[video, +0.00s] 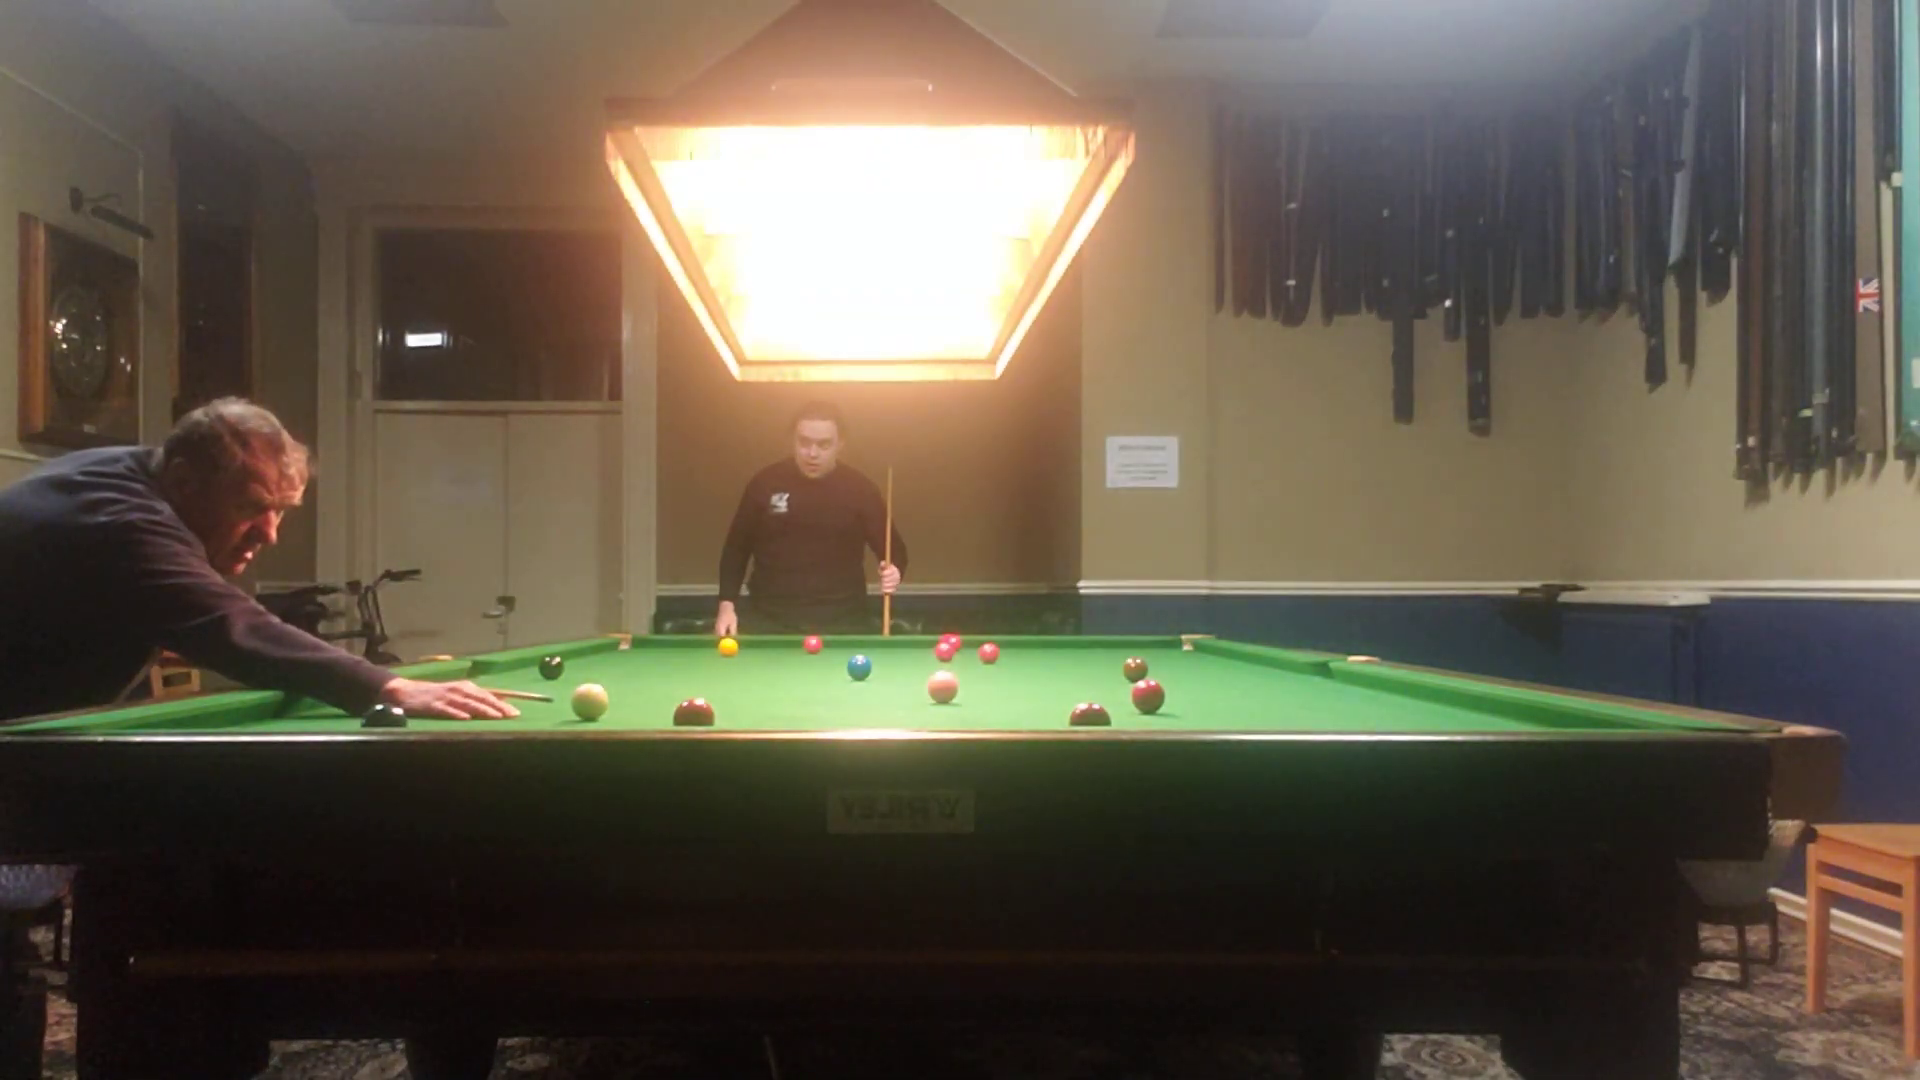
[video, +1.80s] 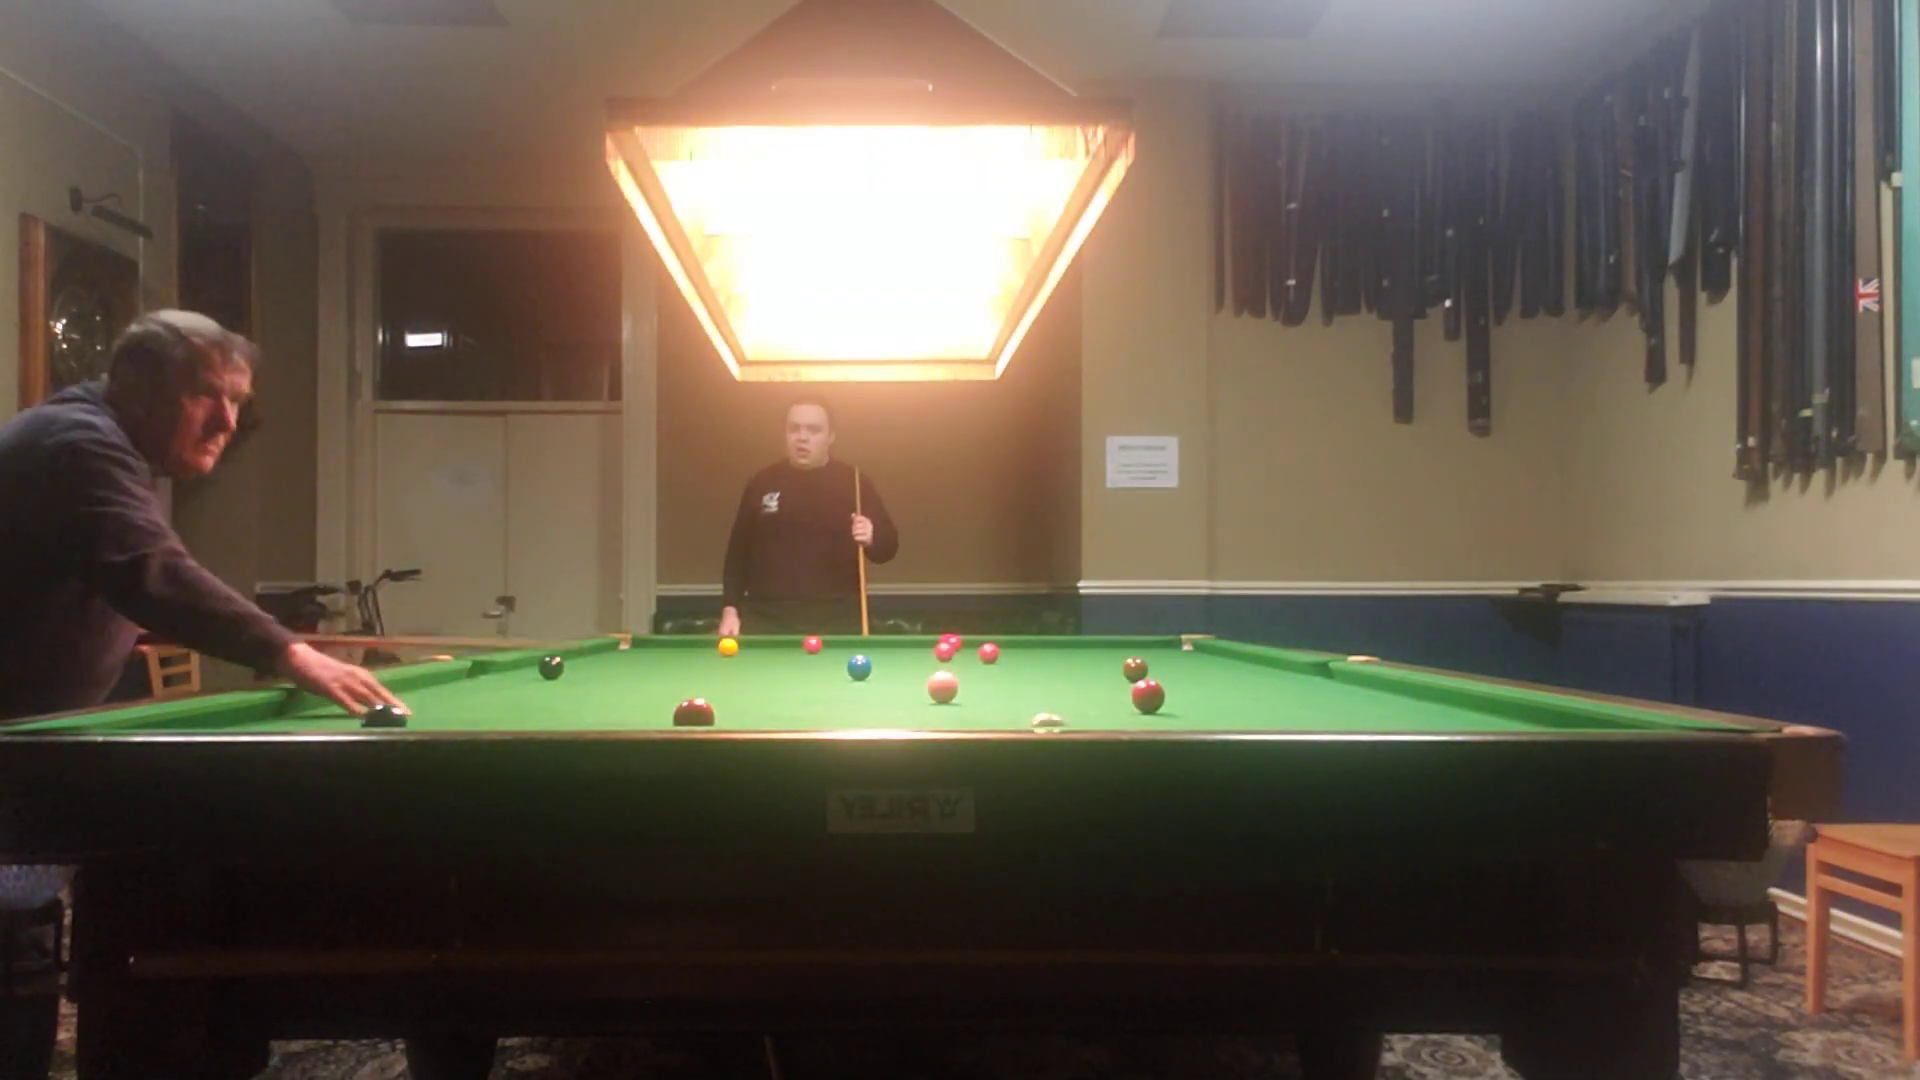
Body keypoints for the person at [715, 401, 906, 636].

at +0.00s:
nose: (813, 454)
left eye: (823, 444)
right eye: (804, 443)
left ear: (840, 445)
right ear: (793, 441)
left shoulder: (859, 490)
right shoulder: (765, 485)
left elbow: (890, 542)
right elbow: (737, 547)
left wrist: (893, 568)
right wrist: (726, 604)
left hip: (842, 623)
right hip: (771, 623)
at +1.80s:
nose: (802, 438)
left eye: (813, 430)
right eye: (795, 429)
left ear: (830, 437)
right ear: (785, 434)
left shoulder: (854, 483)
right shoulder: (762, 485)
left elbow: (887, 549)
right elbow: (737, 551)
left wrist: (873, 538)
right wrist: (731, 608)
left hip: (837, 624)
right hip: (768, 625)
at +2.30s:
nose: (771, 433)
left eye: (783, 425)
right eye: (763, 424)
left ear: (799, 434)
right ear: (753, 431)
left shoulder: (823, 480)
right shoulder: (730, 482)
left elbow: (858, 548)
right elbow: (706, 549)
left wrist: (853, 536)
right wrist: (701, 609)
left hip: (810, 622)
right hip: (741, 623)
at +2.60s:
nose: (746, 431)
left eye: (758, 424)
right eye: (738, 423)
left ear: (774, 434)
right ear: (728, 430)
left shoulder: (799, 482)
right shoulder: (705, 482)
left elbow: (828, 551)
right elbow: (680, 550)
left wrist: (835, 541)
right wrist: (673, 607)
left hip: (786, 625)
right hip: (716, 624)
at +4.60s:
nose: (739, 449)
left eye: (751, 440)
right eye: (731, 439)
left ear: (769, 444)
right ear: (720, 441)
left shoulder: (788, 489)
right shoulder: (694, 486)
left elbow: (814, 557)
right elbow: (667, 548)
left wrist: (824, 547)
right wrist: (660, 603)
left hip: (765, 635)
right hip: (694, 634)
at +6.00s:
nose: (741, 450)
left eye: (753, 442)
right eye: (735, 440)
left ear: (770, 444)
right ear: (723, 440)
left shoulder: (789, 489)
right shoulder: (698, 483)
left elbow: (823, 548)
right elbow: (669, 548)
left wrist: (840, 543)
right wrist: (662, 604)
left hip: (766, 632)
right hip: (697, 630)